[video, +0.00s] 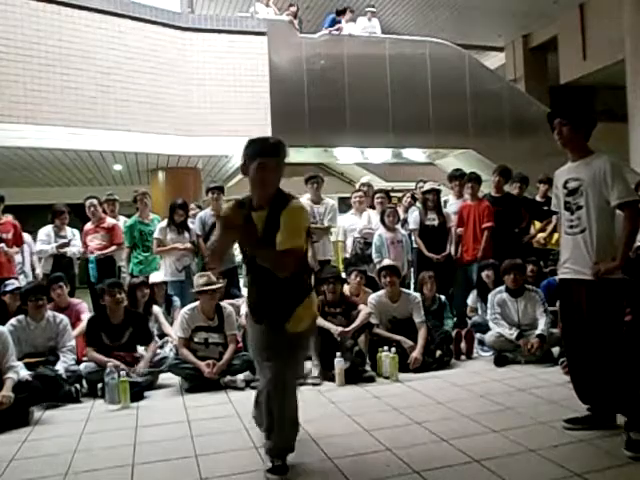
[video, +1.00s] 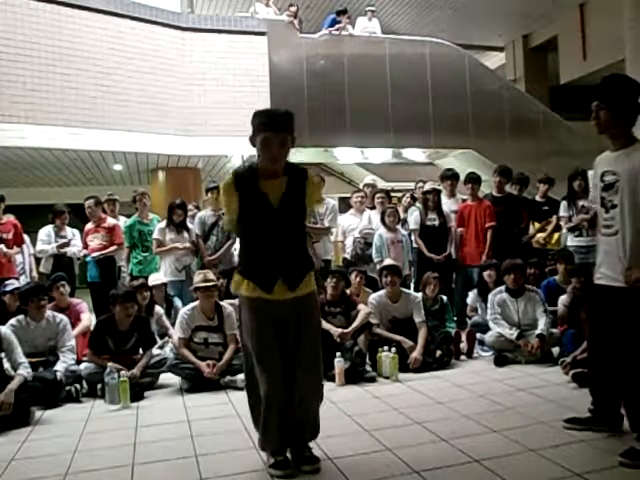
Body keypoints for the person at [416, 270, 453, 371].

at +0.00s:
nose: (429, 287)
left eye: (432, 284)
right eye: (426, 284)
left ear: (435, 286)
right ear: (422, 287)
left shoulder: (441, 300)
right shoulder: (417, 301)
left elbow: (448, 317)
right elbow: (416, 319)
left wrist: (446, 330)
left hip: (439, 331)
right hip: (424, 331)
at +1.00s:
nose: (432, 288)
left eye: (435, 285)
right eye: (429, 284)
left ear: (439, 287)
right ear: (424, 286)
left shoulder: (443, 300)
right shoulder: (418, 299)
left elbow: (449, 319)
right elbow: (416, 317)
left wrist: (450, 331)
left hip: (440, 329)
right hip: (425, 329)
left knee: (446, 336)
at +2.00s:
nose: (435, 291)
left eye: (438, 288)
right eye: (432, 288)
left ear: (442, 290)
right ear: (427, 290)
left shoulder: (446, 303)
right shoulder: (421, 302)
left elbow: (453, 321)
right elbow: (420, 321)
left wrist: (454, 333)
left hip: (444, 331)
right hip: (429, 331)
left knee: (449, 338)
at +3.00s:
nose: (435, 292)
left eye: (437, 288)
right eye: (432, 289)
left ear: (441, 290)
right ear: (427, 291)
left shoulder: (446, 303)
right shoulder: (421, 302)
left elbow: (453, 322)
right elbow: (421, 321)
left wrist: (452, 334)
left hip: (444, 330)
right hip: (429, 331)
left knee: (449, 338)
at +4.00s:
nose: (435, 292)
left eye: (437, 288)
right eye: (432, 289)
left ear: (441, 289)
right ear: (427, 291)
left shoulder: (447, 303)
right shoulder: (421, 303)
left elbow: (453, 322)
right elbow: (421, 322)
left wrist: (452, 334)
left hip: (444, 332)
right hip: (429, 333)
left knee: (449, 339)